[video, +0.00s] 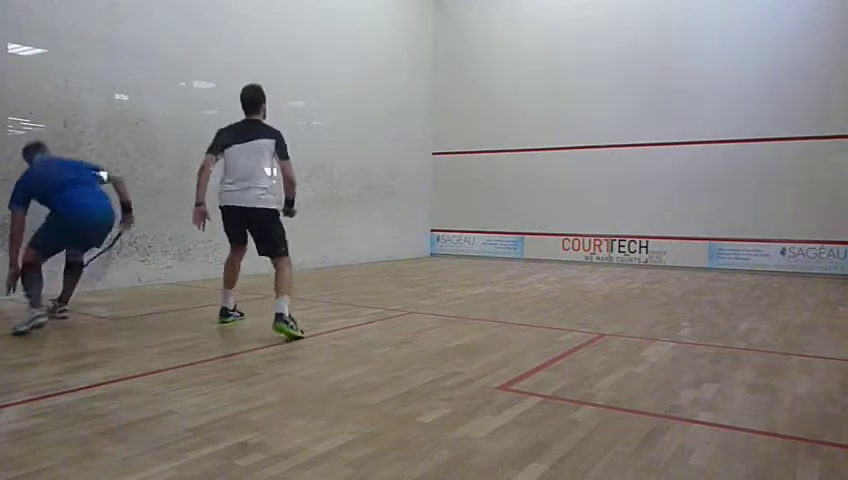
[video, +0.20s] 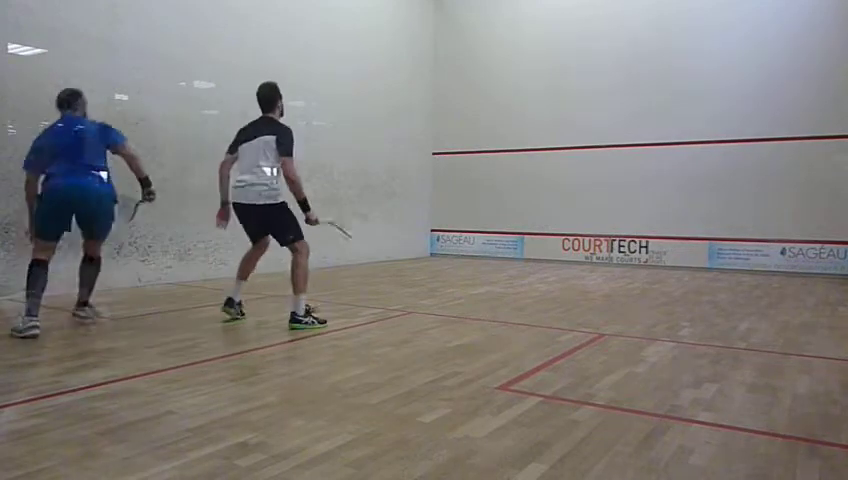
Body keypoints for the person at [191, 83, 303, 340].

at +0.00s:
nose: (264, 107)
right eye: (264, 103)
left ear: (241, 107)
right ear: (263, 107)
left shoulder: (226, 133)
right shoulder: (273, 135)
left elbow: (205, 167)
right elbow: (289, 177)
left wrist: (199, 203)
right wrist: (290, 202)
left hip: (230, 205)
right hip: (263, 207)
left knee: (237, 250)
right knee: (282, 261)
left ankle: (226, 307)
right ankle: (282, 315)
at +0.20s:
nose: (283, 105)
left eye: (281, 101)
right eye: (282, 101)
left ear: (259, 104)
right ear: (279, 103)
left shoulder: (245, 132)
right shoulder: (282, 131)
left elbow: (225, 167)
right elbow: (289, 174)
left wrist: (224, 204)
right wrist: (306, 209)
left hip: (241, 202)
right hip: (270, 201)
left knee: (261, 244)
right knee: (301, 249)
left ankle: (233, 300)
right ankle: (299, 313)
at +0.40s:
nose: (289, 98)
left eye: (287, 94)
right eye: (287, 94)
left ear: (266, 98)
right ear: (283, 97)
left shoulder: (257, 122)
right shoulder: (274, 123)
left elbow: (240, 157)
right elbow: (269, 157)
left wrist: (257, 181)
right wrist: (281, 193)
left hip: (248, 197)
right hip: (266, 196)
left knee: (268, 247)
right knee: (295, 248)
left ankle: (242, 302)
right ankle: (299, 313)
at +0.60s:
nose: (288, 100)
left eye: (287, 95)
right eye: (286, 95)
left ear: (271, 96)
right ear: (278, 96)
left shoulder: (271, 123)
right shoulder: (254, 120)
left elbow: (265, 155)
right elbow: (241, 153)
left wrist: (276, 177)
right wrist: (247, 164)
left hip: (255, 193)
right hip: (250, 194)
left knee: (257, 251)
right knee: (270, 250)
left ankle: (239, 303)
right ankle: (285, 310)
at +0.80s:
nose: (291, 106)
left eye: (292, 101)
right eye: (288, 100)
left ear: (280, 100)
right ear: (275, 98)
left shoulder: (272, 120)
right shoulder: (248, 119)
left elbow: (275, 137)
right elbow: (232, 146)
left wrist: (283, 160)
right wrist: (242, 155)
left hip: (252, 189)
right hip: (241, 189)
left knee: (256, 247)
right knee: (257, 246)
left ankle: (240, 304)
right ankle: (245, 309)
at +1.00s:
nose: (292, 111)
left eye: (294, 106)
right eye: (289, 105)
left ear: (284, 103)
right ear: (276, 101)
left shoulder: (273, 123)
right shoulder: (246, 124)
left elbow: (261, 153)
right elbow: (238, 160)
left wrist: (268, 163)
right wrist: (256, 165)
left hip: (253, 192)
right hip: (238, 193)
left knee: (255, 249)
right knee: (246, 251)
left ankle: (240, 304)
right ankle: (237, 314)